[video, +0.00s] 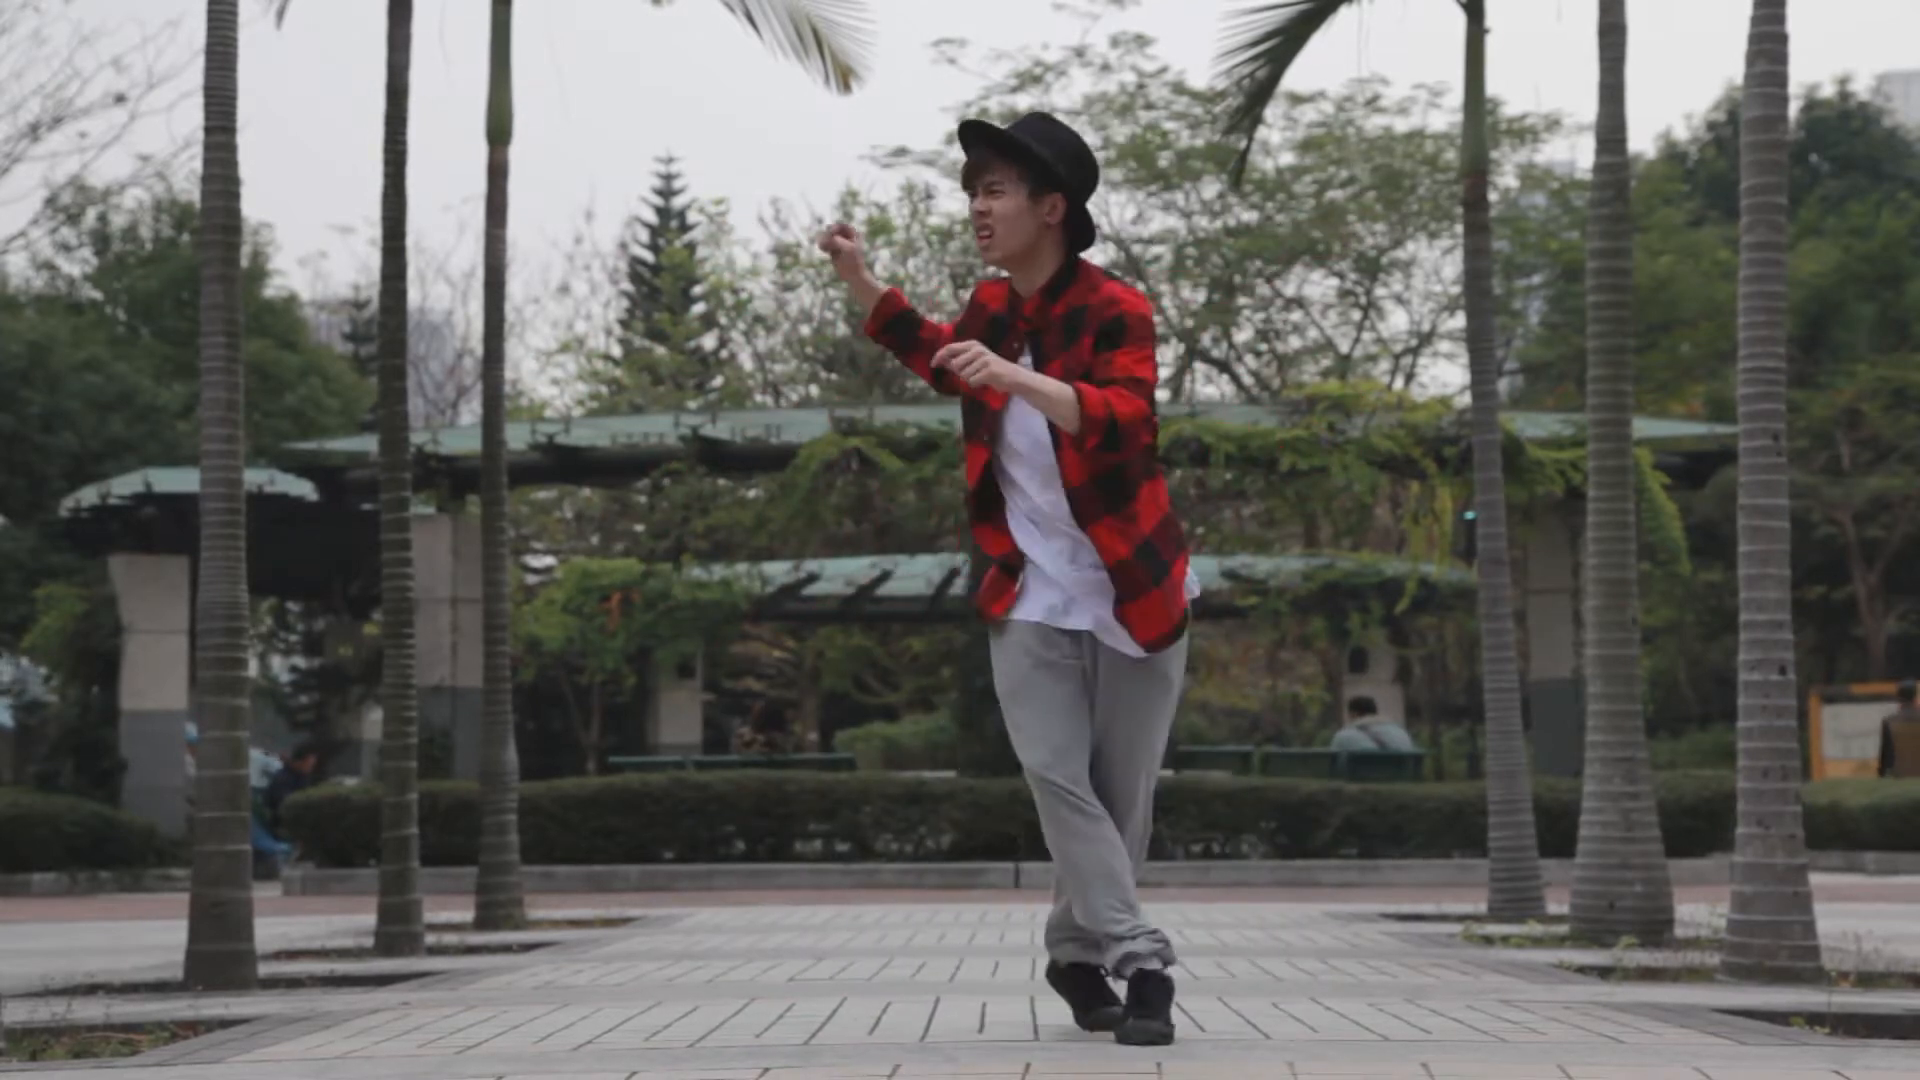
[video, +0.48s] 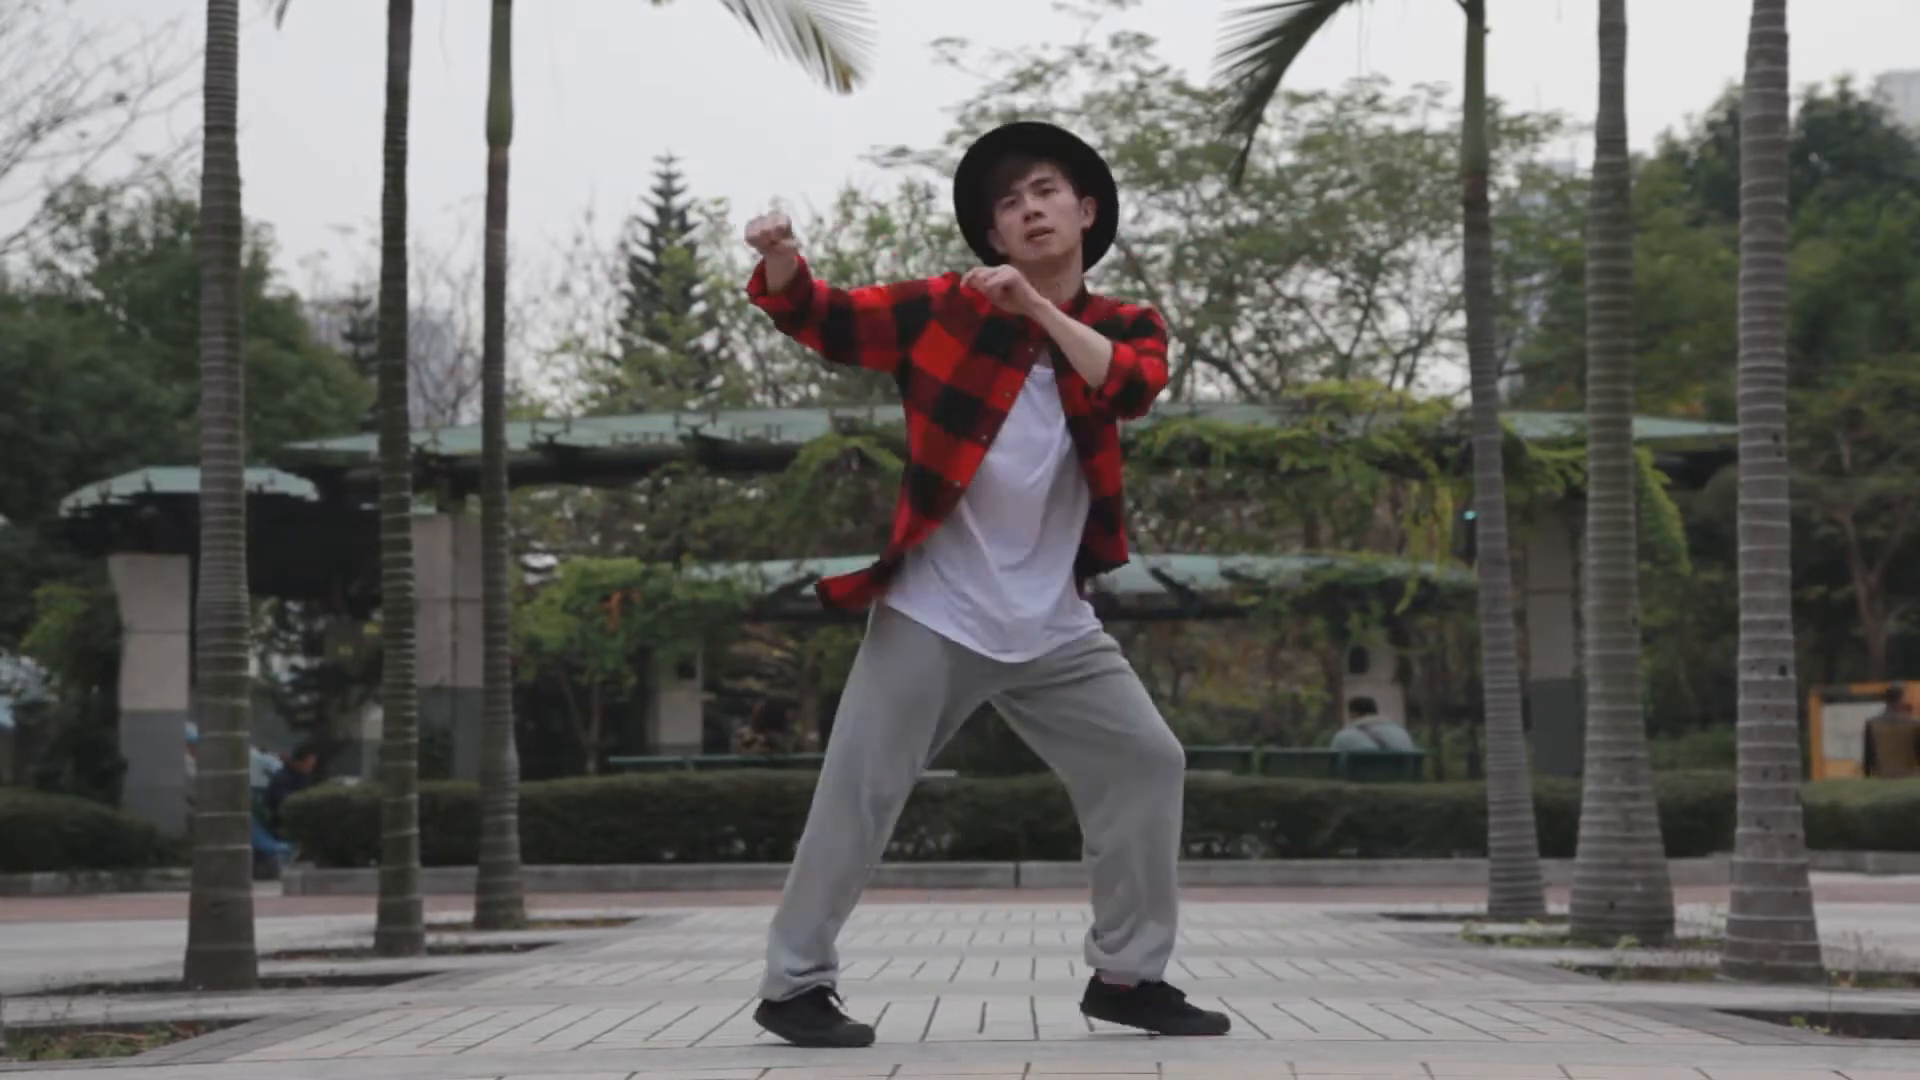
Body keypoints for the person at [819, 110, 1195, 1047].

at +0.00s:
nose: (977, 210)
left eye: (996, 193)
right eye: (974, 194)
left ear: (1054, 207)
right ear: (980, 205)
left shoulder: (1118, 310)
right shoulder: (989, 310)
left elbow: (1125, 418)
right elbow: (940, 359)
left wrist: (1014, 378)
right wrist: (865, 288)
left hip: (1136, 590)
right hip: (1031, 589)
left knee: (1124, 790)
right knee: (1054, 774)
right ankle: (1139, 955)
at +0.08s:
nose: (983, 207)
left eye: (1002, 190)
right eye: (978, 190)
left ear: (1060, 203)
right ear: (979, 204)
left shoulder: (1114, 313)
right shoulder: (983, 314)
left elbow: (1134, 429)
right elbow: (918, 361)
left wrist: (1028, 353)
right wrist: (895, 290)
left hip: (1122, 592)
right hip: (1017, 584)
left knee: (1119, 790)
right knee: (996, 731)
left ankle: (1108, 958)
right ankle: (1107, 918)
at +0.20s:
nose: (992, 190)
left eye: (1011, 172)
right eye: (981, 177)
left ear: (1066, 191)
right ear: (977, 197)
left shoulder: (1113, 286)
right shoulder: (954, 288)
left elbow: (1135, 320)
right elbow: (858, 282)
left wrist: (1052, 240)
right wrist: (877, 226)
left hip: (1099, 567)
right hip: (989, 558)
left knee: (1116, 781)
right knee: (959, 677)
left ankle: (1096, 958)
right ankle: (975, 897)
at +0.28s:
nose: (995, 178)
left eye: (1012, 159)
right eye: (979, 172)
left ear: (1069, 173)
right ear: (976, 198)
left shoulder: (1123, 280)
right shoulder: (948, 271)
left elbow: (1144, 283)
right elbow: (838, 254)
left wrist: (1065, 219)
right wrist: (838, 207)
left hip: (1079, 556)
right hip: (966, 547)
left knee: (1148, 749)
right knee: (946, 720)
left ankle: (1100, 952)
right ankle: (855, 942)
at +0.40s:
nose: (1016, 218)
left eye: (1034, 196)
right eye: (998, 211)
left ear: (1087, 210)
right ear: (981, 231)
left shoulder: (1136, 328)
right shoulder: (952, 300)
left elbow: (1131, 349)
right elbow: (850, 292)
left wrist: (1046, 271)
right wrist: (787, 236)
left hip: (1038, 612)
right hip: (932, 600)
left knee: (1137, 761)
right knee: (878, 785)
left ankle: (1123, 983)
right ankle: (794, 990)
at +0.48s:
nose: (1032, 206)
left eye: (1049, 188)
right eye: (1010, 200)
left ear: (1091, 210)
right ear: (991, 234)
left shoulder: (1127, 324)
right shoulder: (948, 305)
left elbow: (1135, 388)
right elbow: (834, 321)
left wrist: (1045, 314)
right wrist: (786, 276)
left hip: (1050, 614)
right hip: (932, 602)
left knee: (1147, 759)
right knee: (860, 782)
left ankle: (1126, 975)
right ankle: (794, 983)